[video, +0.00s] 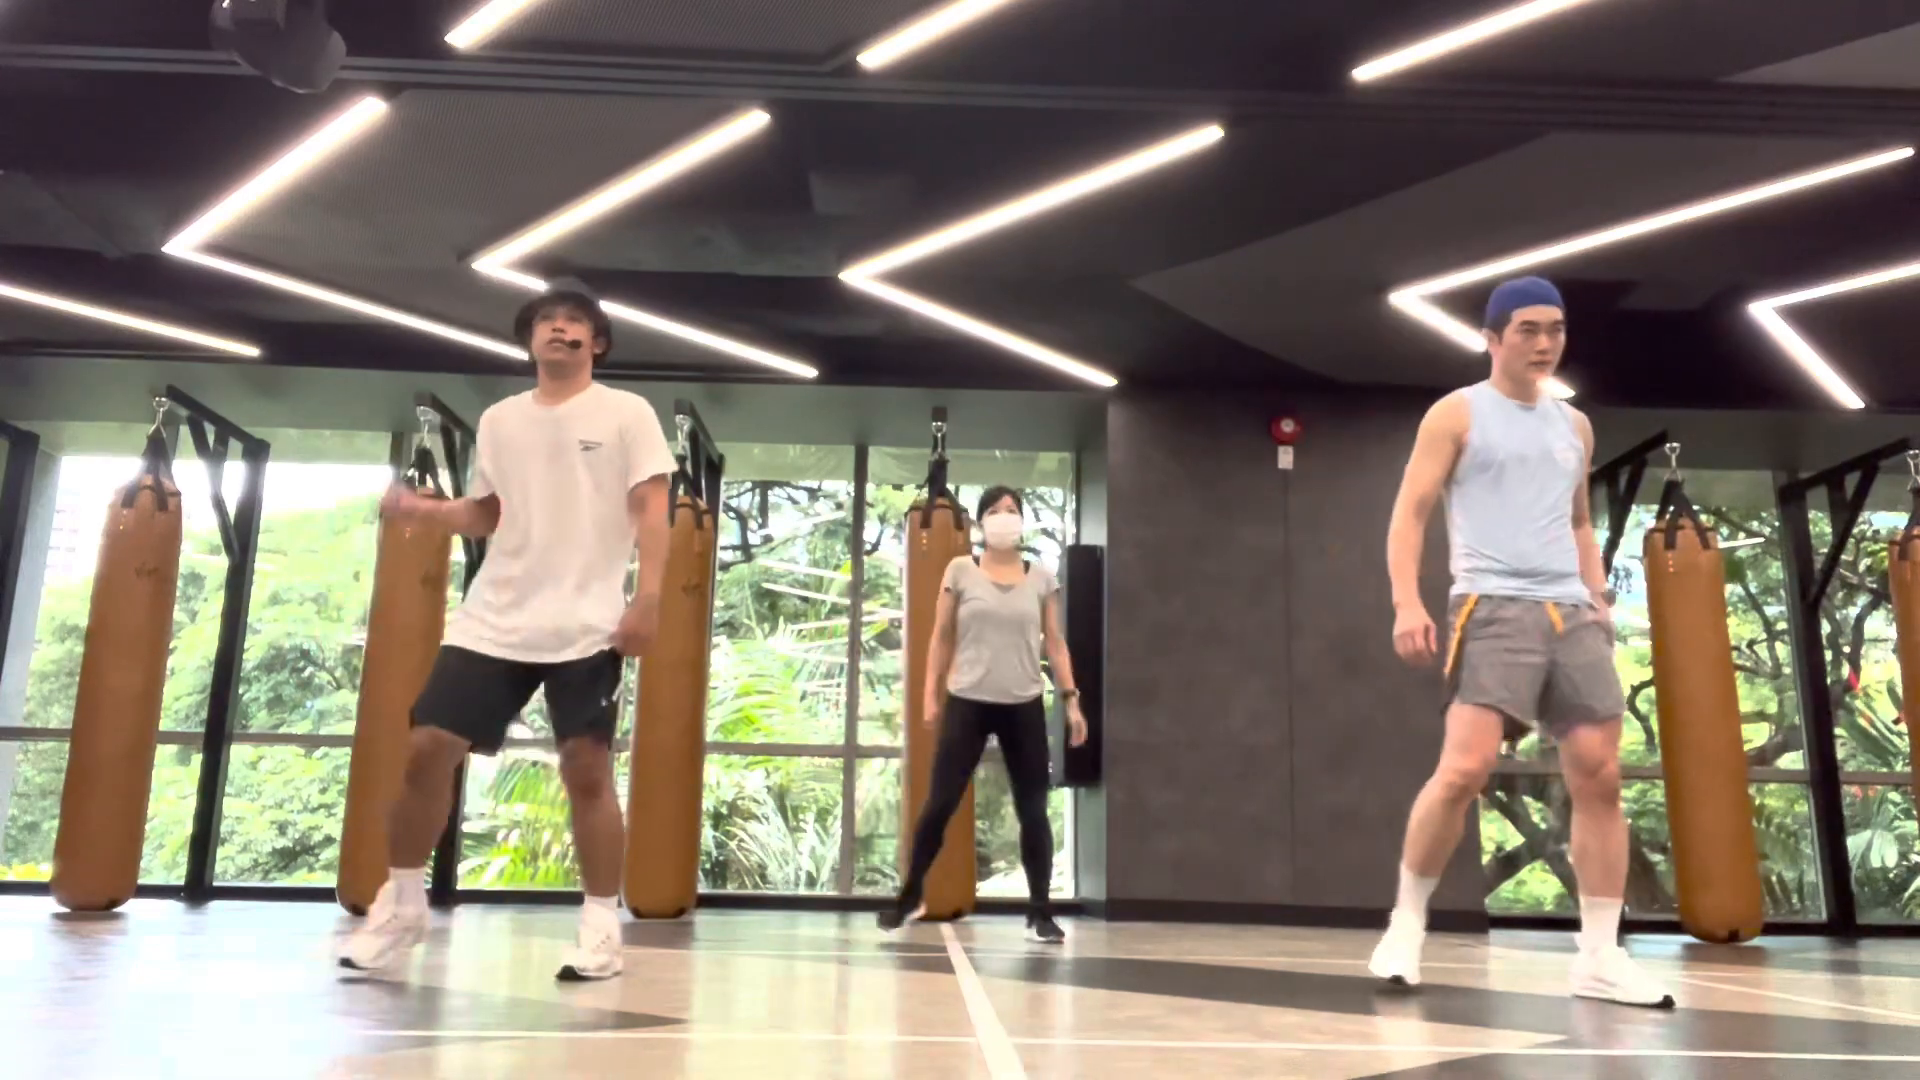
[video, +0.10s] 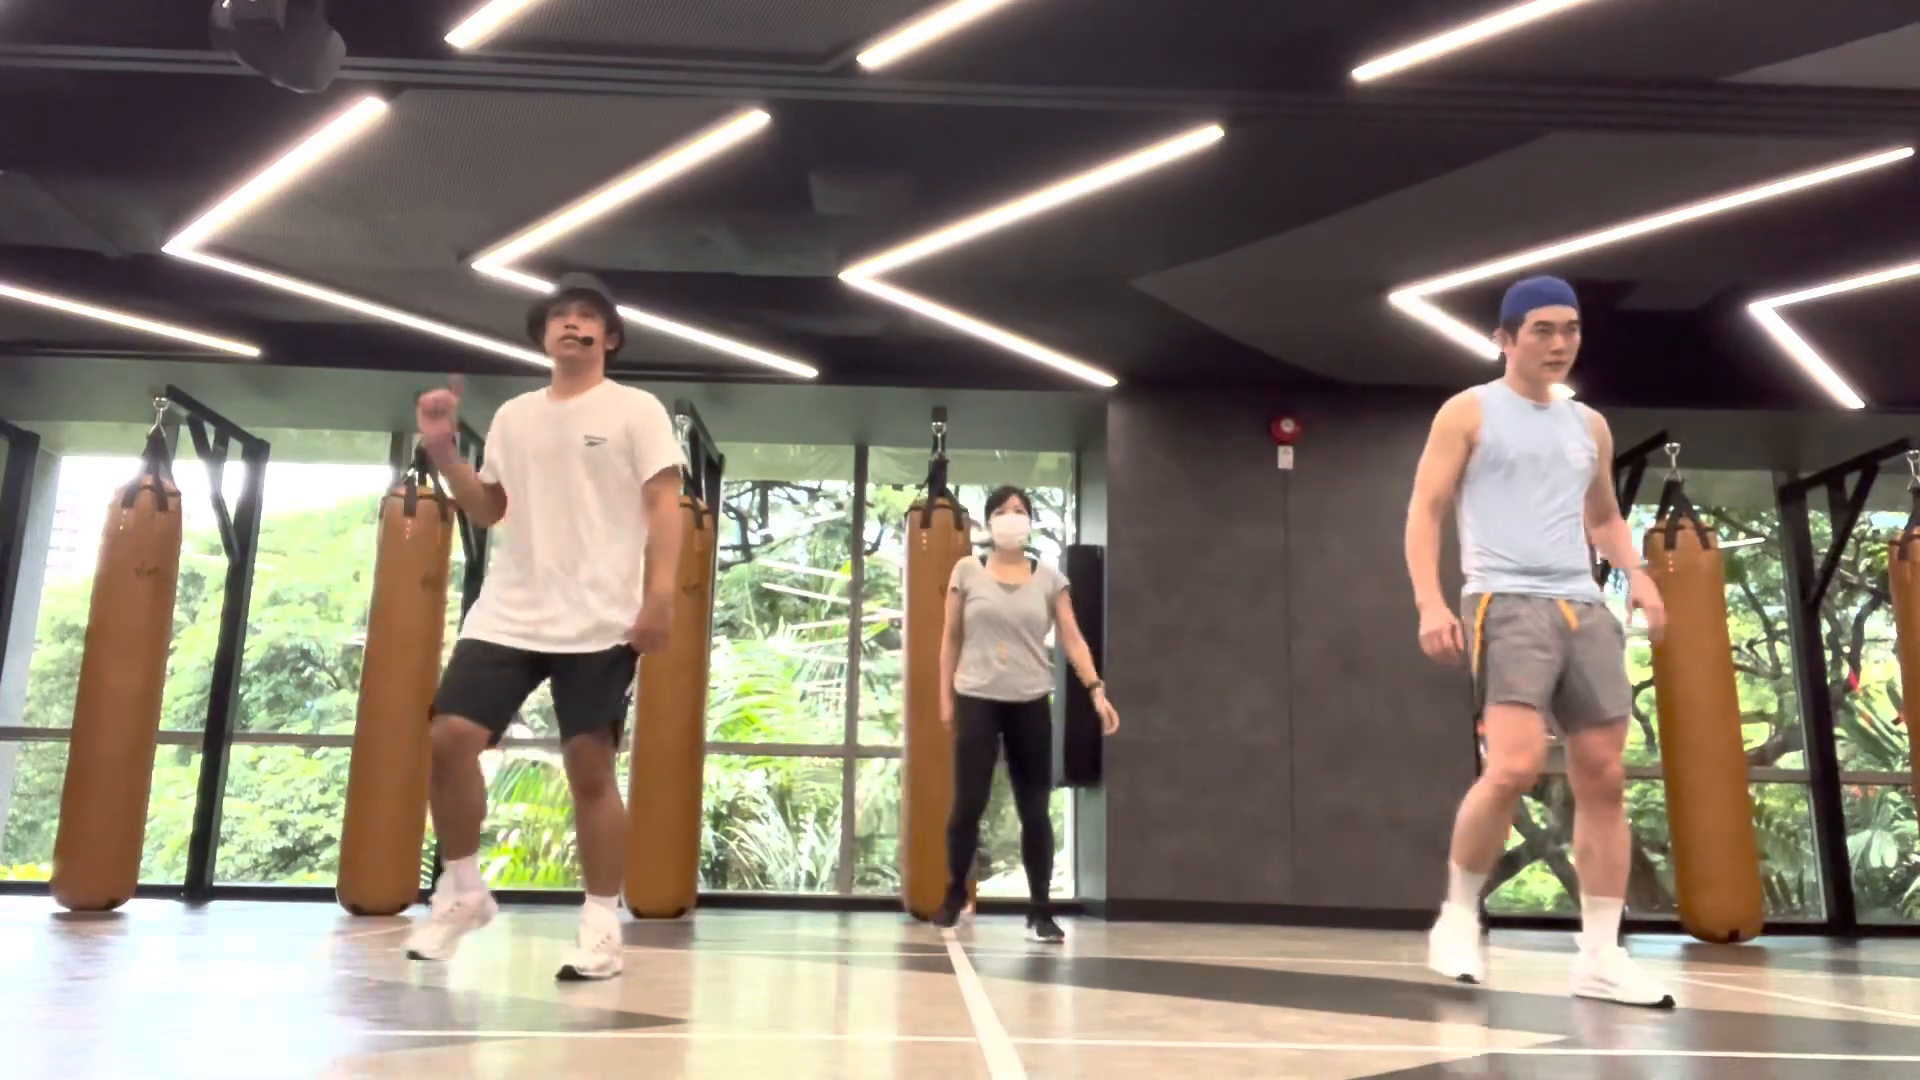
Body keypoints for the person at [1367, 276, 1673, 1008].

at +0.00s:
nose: (1545, 342)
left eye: (1554, 330)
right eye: (1529, 329)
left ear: (1564, 340)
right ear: (1495, 338)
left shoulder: (1574, 425)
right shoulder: (1456, 414)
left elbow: (1580, 522)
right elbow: (1411, 512)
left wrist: (1598, 600)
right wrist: (1406, 602)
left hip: (1575, 614)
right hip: (1494, 610)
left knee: (1600, 775)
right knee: (1465, 769)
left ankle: (1600, 958)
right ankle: (1407, 921)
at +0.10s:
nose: (1560, 342)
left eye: (1569, 330)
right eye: (1544, 330)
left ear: (1578, 338)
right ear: (1508, 338)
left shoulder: (1591, 427)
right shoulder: (1468, 412)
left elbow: (1605, 517)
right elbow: (1426, 511)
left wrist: (1640, 580)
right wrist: (1431, 602)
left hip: (1589, 611)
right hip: (1511, 605)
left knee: (1604, 776)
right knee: (1515, 767)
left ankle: (1600, 956)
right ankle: (1459, 918)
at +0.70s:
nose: (1497, 319)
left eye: (1508, 312)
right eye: (1480, 311)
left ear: (1526, 336)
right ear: (1452, 337)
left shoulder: (1566, 412)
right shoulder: (1419, 423)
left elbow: (1614, 505)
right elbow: (1404, 526)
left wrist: (1589, 526)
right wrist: (1391, 623)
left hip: (1548, 621)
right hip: (1453, 620)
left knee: (1578, 781)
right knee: (1407, 773)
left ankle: (1599, 959)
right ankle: (1364, 938)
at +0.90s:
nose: (1444, 316)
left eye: (1454, 309)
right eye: (1427, 309)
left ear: (1468, 336)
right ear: (1397, 336)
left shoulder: (1504, 413)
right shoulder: (1361, 423)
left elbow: (1525, 510)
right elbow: (1343, 528)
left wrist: (1516, 572)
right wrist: (1333, 624)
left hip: (1485, 619)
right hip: (1393, 619)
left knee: (1545, 774)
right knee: (1374, 777)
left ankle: (1587, 944)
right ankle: (1363, 945)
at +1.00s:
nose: (1427, 315)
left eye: (1438, 309)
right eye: (1411, 306)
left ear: (1451, 337)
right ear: (1379, 333)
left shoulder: (1486, 415)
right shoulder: (1343, 421)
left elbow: (1492, 513)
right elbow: (1320, 525)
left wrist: (1484, 573)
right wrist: (1305, 620)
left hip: (1464, 612)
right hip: (1377, 613)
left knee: (1521, 772)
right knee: (1366, 774)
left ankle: (1541, 932)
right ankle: (1363, 943)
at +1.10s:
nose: (1418, 317)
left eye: (1429, 310)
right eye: (1402, 309)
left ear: (1442, 336)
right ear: (1370, 334)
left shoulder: (1473, 415)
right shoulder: (1335, 421)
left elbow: (1482, 511)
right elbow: (1306, 525)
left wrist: (1478, 569)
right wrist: (1284, 620)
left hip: (1454, 613)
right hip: (1368, 613)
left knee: (1479, 771)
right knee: (1362, 774)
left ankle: (1467, 921)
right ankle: (1363, 944)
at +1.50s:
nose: (1441, 326)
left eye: (1450, 318)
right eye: (1426, 313)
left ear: (1456, 336)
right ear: (1388, 328)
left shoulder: (1475, 421)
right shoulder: (1347, 412)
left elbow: (1480, 520)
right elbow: (1322, 514)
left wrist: (1501, 585)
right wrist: (1327, 605)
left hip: (1474, 611)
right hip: (1389, 611)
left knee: (1535, 762)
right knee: (1370, 774)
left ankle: (1517, 928)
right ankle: (1363, 946)